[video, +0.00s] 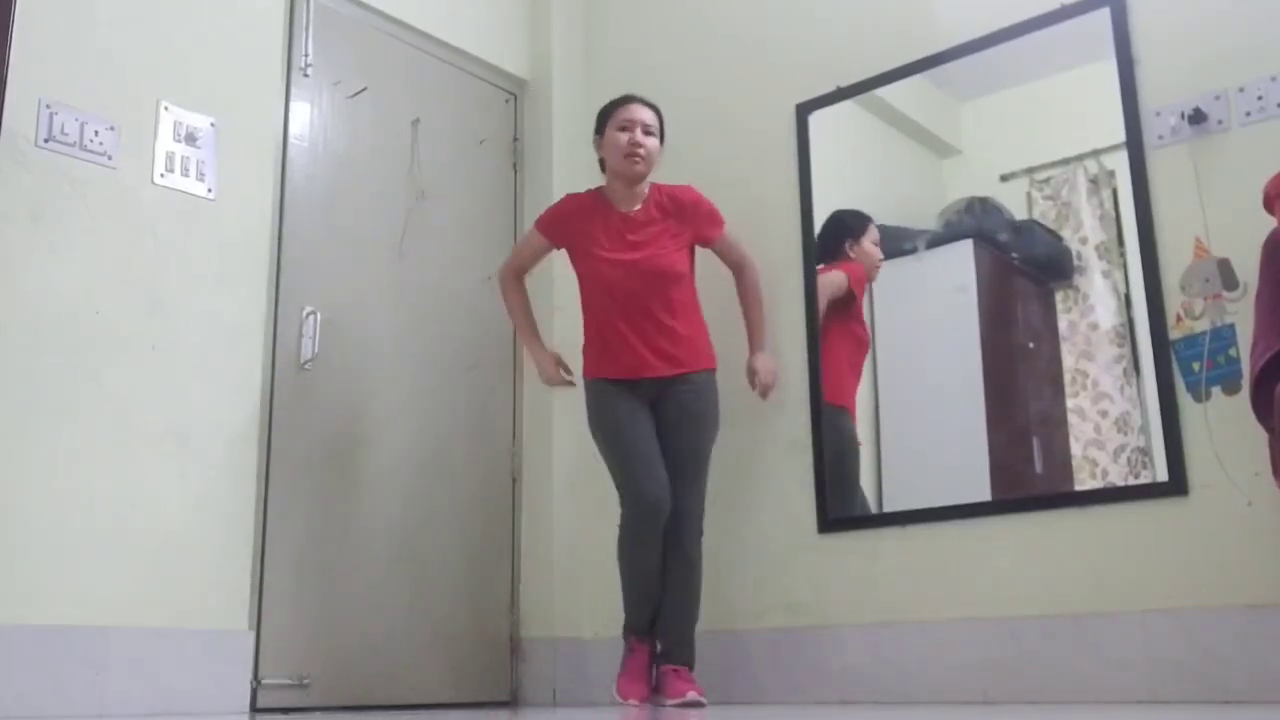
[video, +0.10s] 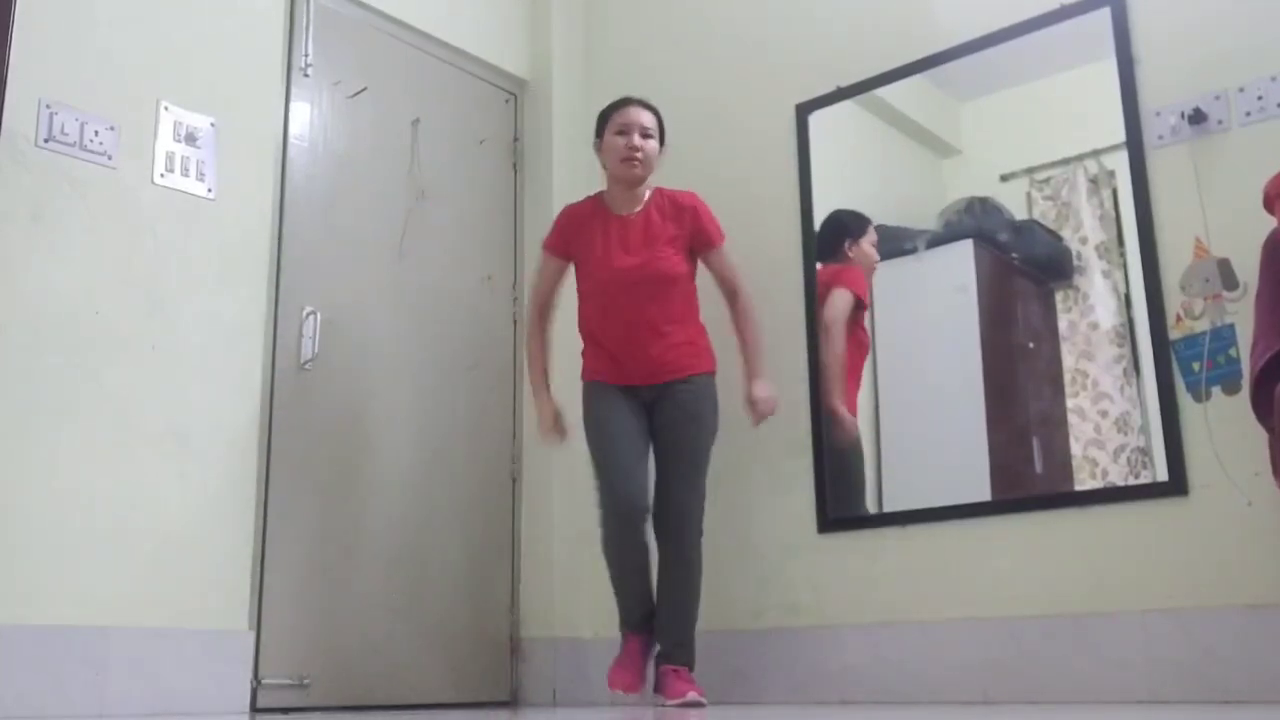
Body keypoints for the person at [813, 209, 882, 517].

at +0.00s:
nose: (881, 254)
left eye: (879, 245)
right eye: (875, 244)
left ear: (852, 246)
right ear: (851, 247)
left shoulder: (826, 274)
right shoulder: (854, 270)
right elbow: (823, 285)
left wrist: (849, 428)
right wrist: (811, 339)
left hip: (833, 411)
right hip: (832, 410)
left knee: (851, 506)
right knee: (845, 509)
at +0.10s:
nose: (877, 255)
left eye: (876, 246)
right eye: (872, 245)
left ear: (846, 248)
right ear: (850, 247)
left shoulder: (820, 276)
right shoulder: (849, 274)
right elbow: (831, 320)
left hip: (820, 415)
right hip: (837, 415)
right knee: (849, 514)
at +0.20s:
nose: (871, 259)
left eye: (870, 250)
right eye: (867, 249)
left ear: (832, 250)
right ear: (846, 250)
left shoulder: (807, 279)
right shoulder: (846, 280)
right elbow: (852, 357)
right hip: (831, 420)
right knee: (854, 521)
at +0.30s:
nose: (865, 255)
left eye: (863, 246)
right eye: (861, 246)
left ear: (821, 246)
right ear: (844, 248)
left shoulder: (805, 276)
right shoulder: (844, 278)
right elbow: (879, 360)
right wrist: (899, 389)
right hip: (833, 413)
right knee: (853, 509)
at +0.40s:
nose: (861, 254)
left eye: (861, 246)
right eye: (859, 245)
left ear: (818, 240)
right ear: (843, 243)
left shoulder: (801, 272)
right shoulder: (846, 274)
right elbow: (895, 342)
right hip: (833, 414)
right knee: (843, 519)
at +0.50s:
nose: (847, 259)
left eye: (848, 251)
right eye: (848, 250)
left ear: (811, 244)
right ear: (839, 247)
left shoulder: (790, 272)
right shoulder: (840, 274)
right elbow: (888, 342)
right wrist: (844, 363)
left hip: (789, 410)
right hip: (829, 413)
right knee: (836, 520)